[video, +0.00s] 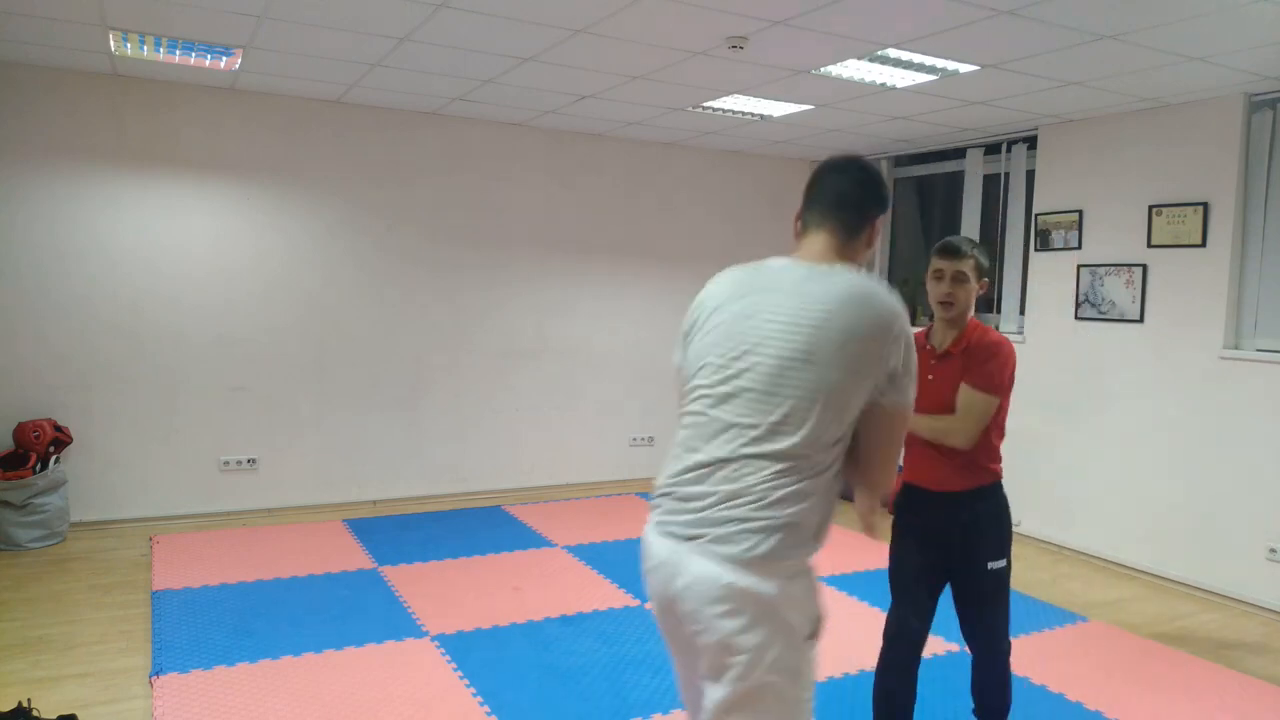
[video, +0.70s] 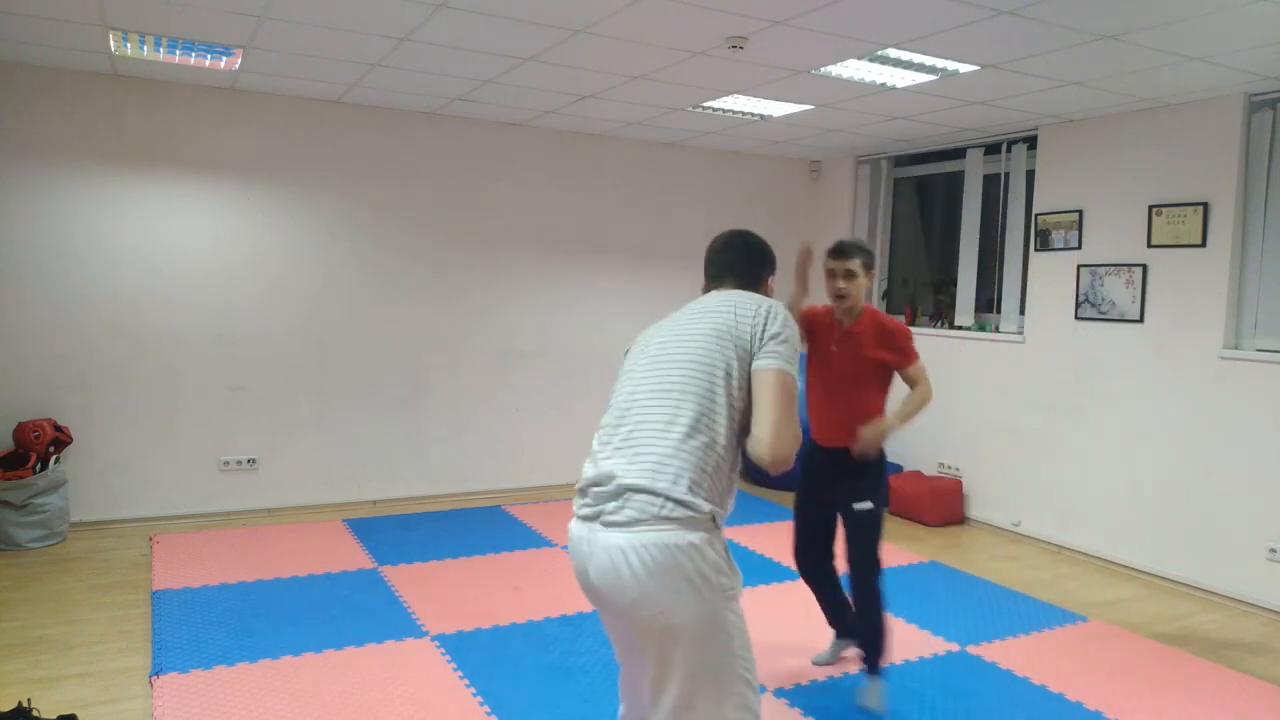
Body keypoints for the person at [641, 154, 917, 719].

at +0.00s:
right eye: (882, 231)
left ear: (798, 220)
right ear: (873, 232)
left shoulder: (722, 286)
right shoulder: (880, 312)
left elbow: (694, 409)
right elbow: (874, 479)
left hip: (664, 555)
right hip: (753, 582)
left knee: (706, 708)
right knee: (758, 709)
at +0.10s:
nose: (874, 276)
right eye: (880, 263)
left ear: (797, 245)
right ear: (874, 261)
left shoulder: (711, 306)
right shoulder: (855, 348)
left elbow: (657, 439)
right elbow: (832, 538)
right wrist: (863, 512)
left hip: (635, 568)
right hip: (722, 598)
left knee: (702, 708)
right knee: (760, 710)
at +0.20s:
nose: (873, 280)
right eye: (878, 268)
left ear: (798, 244)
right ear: (870, 267)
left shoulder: (707, 305)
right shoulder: (833, 346)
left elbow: (599, 402)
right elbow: (773, 523)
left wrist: (689, 443)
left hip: (621, 559)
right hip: (706, 590)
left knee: (671, 708)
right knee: (750, 709)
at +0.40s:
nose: (812, 264)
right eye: (815, 253)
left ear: (739, 243)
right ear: (806, 256)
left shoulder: (664, 310)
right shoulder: (793, 326)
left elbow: (596, 437)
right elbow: (787, 493)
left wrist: (680, 437)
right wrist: (805, 579)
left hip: (614, 559)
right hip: (697, 575)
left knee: (660, 691)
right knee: (737, 707)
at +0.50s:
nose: (784, 278)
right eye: (785, 267)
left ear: (715, 266)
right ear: (778, 269)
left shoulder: (655, 327)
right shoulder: (774, 321)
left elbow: (606, 459)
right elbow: (786, 473)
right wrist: (820, 505)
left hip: (606, 560)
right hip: (687, 572)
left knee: (668, 683)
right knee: (731, 708)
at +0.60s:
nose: (775, 282)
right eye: (776, 274)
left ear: (706, 275)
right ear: (768, 275)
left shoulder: (656, 331)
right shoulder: (769, 313)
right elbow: (772, 456)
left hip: (598, 546)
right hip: (675, 554)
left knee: (656, 698)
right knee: (729, 707)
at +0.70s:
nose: (774, 291)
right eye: (774, 283)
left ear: (705, 280)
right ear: (767, 281)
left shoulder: (657, 330)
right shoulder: (767, 315)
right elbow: (774, 451)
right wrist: (745, 421)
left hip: (590, 541)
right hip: (668, 548)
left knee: (644, 697)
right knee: (725, 704)